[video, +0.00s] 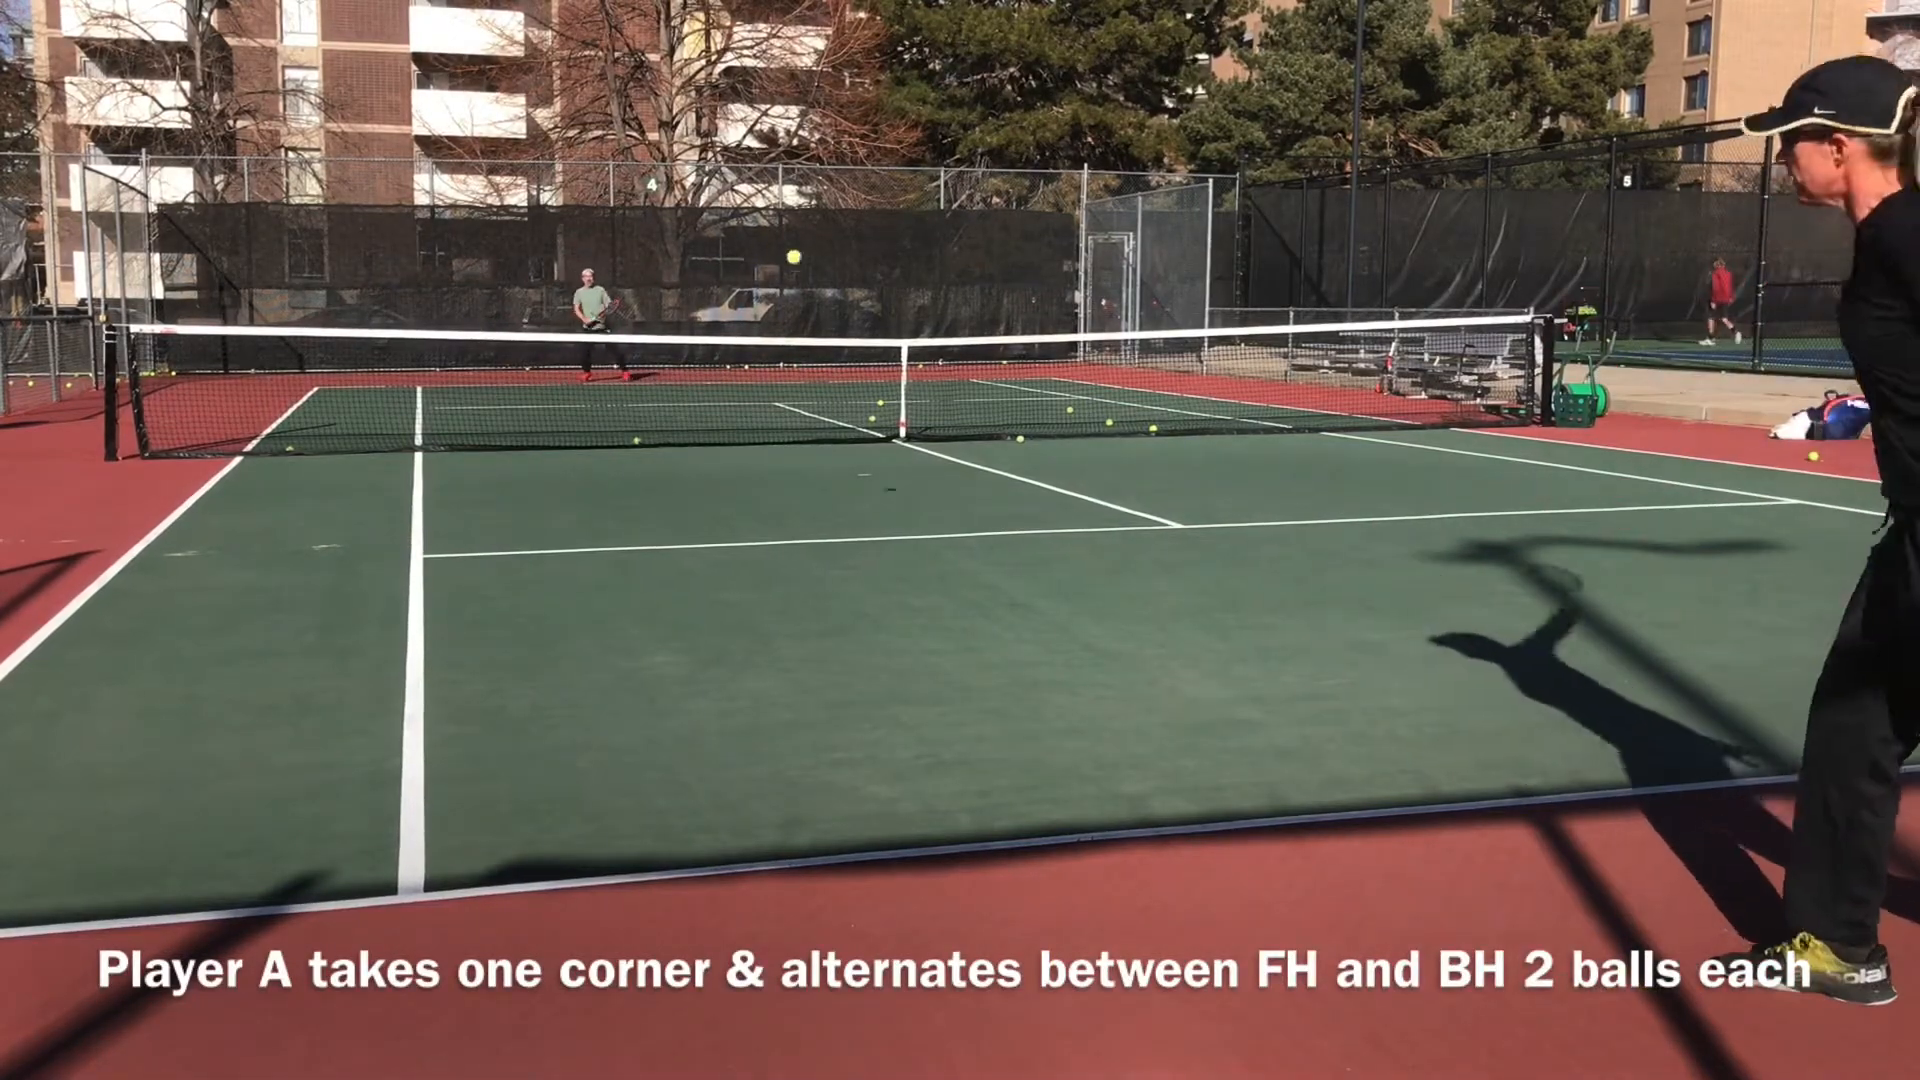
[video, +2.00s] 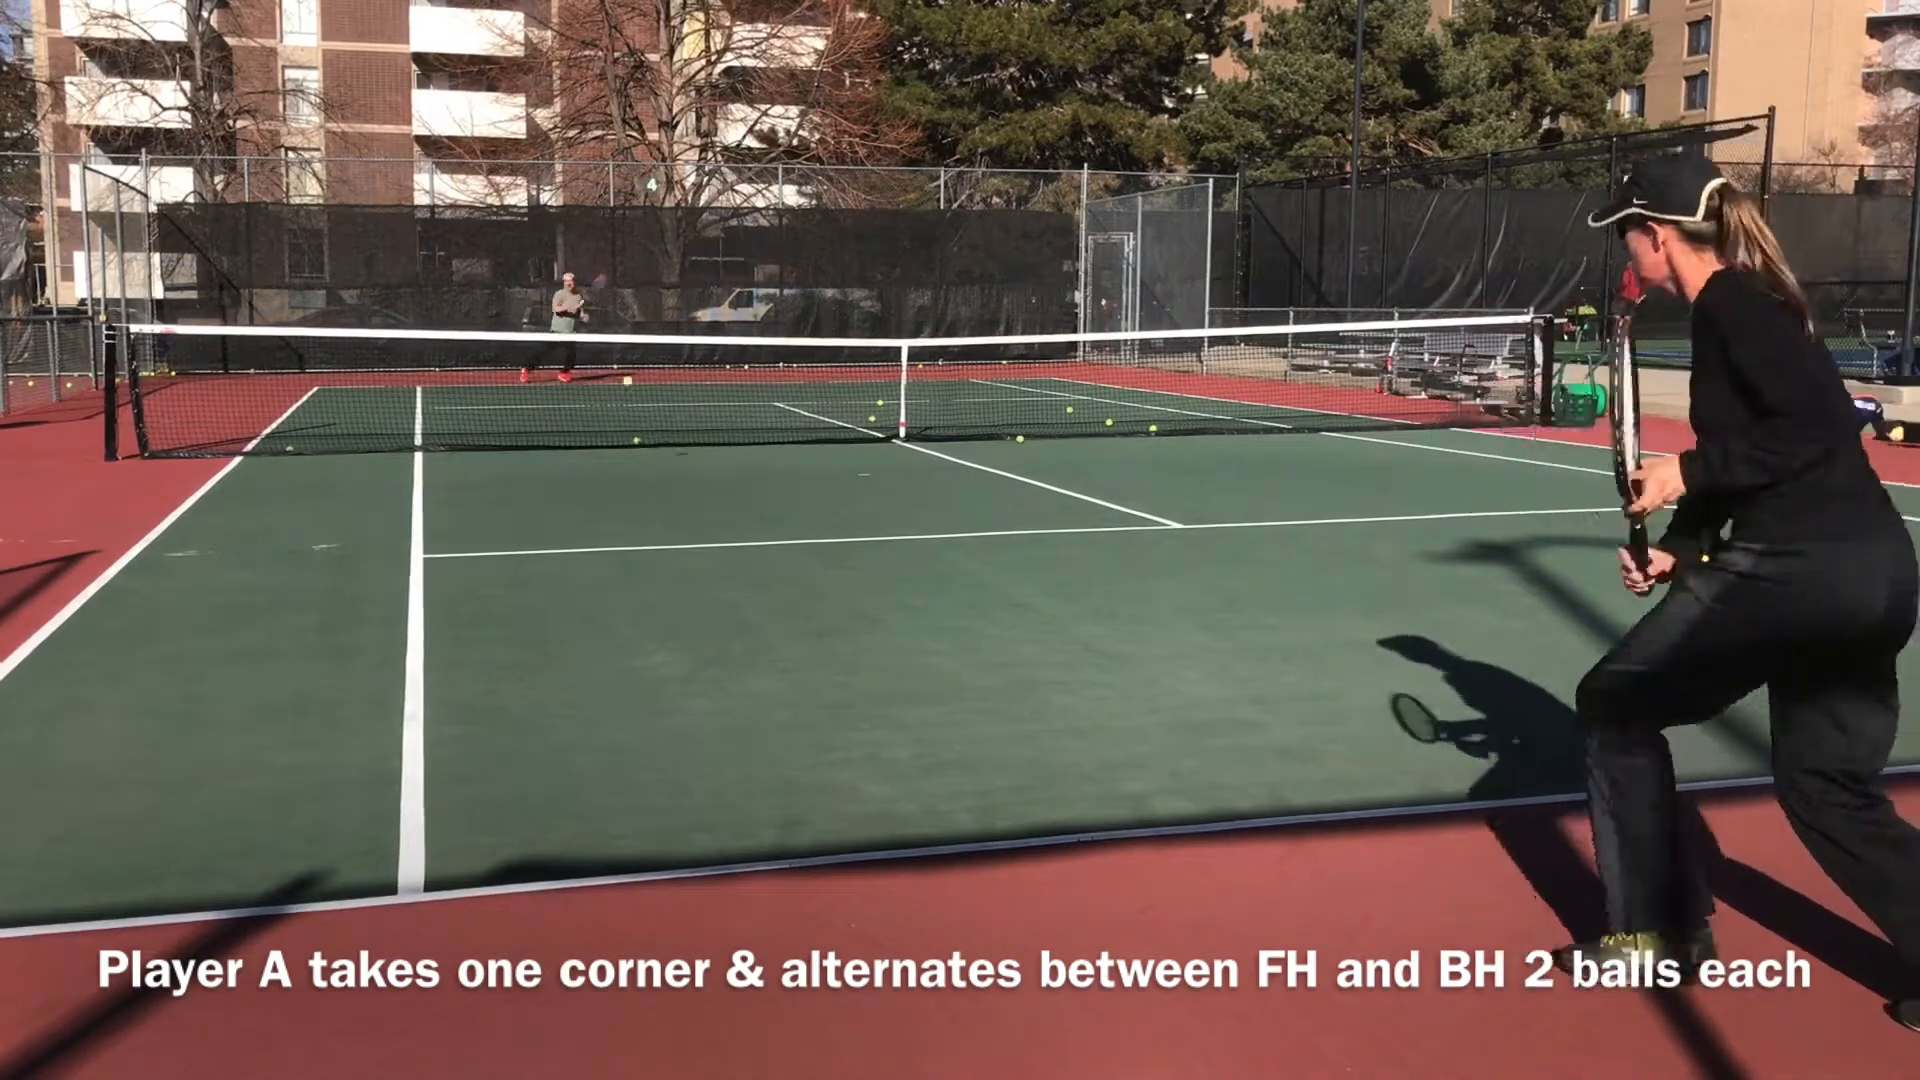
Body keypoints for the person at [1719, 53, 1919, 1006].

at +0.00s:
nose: (1788, 170)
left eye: (1795, 151)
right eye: (1788, 152)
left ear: (1840, 148)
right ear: (1856, 146)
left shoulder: (1891, 247)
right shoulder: (1893, 235)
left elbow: (1907, 400)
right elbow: (1913, 378)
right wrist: (1857, 413)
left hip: (1913, 545)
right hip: (1906, 540)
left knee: (1853, 721)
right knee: (1854, 720)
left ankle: (1839, 940)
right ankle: (1835, 935)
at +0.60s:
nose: (1895, 135)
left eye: (1903, 121)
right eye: (1899, 120)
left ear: (1919, 133)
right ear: (1911, 132)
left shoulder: (1901, 217)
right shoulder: (1897, 217)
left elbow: (1889, 364)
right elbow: (1889, 364)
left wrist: (1816, 442)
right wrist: (1818, 441)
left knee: (1916, 598)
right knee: (1916, 597)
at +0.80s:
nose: (1867, 135)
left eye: (1876, 121)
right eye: (1871, 120)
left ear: (1905, 126)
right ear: (1912, 126)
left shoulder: (1867, 206)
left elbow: (1819, 350)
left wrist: (1789, 393)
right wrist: (1857, 423)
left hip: (1901, 504)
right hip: (1901, 500)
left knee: (1828, 719)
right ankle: (1917, 981)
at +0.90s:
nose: (1830, 124)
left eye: (1838, 110)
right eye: (1836, 107)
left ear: (1868, 119)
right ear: (1907, 122)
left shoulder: (1834, 199)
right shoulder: (1913, 198)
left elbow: (1794, 345)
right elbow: (1900, 356)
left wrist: (1745, 390)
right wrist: (1844, 403)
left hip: (1873, 501)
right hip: (1909, 499)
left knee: (1765, 712)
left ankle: (1787, 953)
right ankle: (1787, 949)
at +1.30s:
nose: (1691, 98)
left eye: (1697, 82)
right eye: (1695, 80)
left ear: (1725, 87)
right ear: (1791, 85)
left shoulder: (1688, 175)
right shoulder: (1867, 183)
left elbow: (1671, 317)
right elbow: (1911, 322)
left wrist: (1642, 382)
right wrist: (1848, 381)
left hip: (1740, 456)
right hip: (1870, 455)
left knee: (1671, 703)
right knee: (1862, 675)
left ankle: (1636, 951)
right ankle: (1915, 899)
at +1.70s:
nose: (1646, 187)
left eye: (1648, 171)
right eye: (1647, 170)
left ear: (1675, 173)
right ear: (1742, 169)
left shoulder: (1665, 258)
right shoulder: (1818, 255)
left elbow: (1681, 410)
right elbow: (1879, 396)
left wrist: (1627, 477)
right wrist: (1811, 477)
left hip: (1745, 529)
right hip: (1863, 531)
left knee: (1638, 761)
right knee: (1819, 732)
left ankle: (1593, 1012)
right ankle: (1906, 947)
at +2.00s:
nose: (1630, 262)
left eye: (1631, 242)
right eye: (1628, 244)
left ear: (1664, 236)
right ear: (1696, 233)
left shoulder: (1731, 306)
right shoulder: (1750, 305)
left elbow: (1820, 426)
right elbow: (1758, 464)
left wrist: (1689, 470)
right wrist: (1681, 554)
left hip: (1795, 568)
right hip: (1864, 574)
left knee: (1614, 703)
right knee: (1828, 790)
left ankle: (1653, 938)